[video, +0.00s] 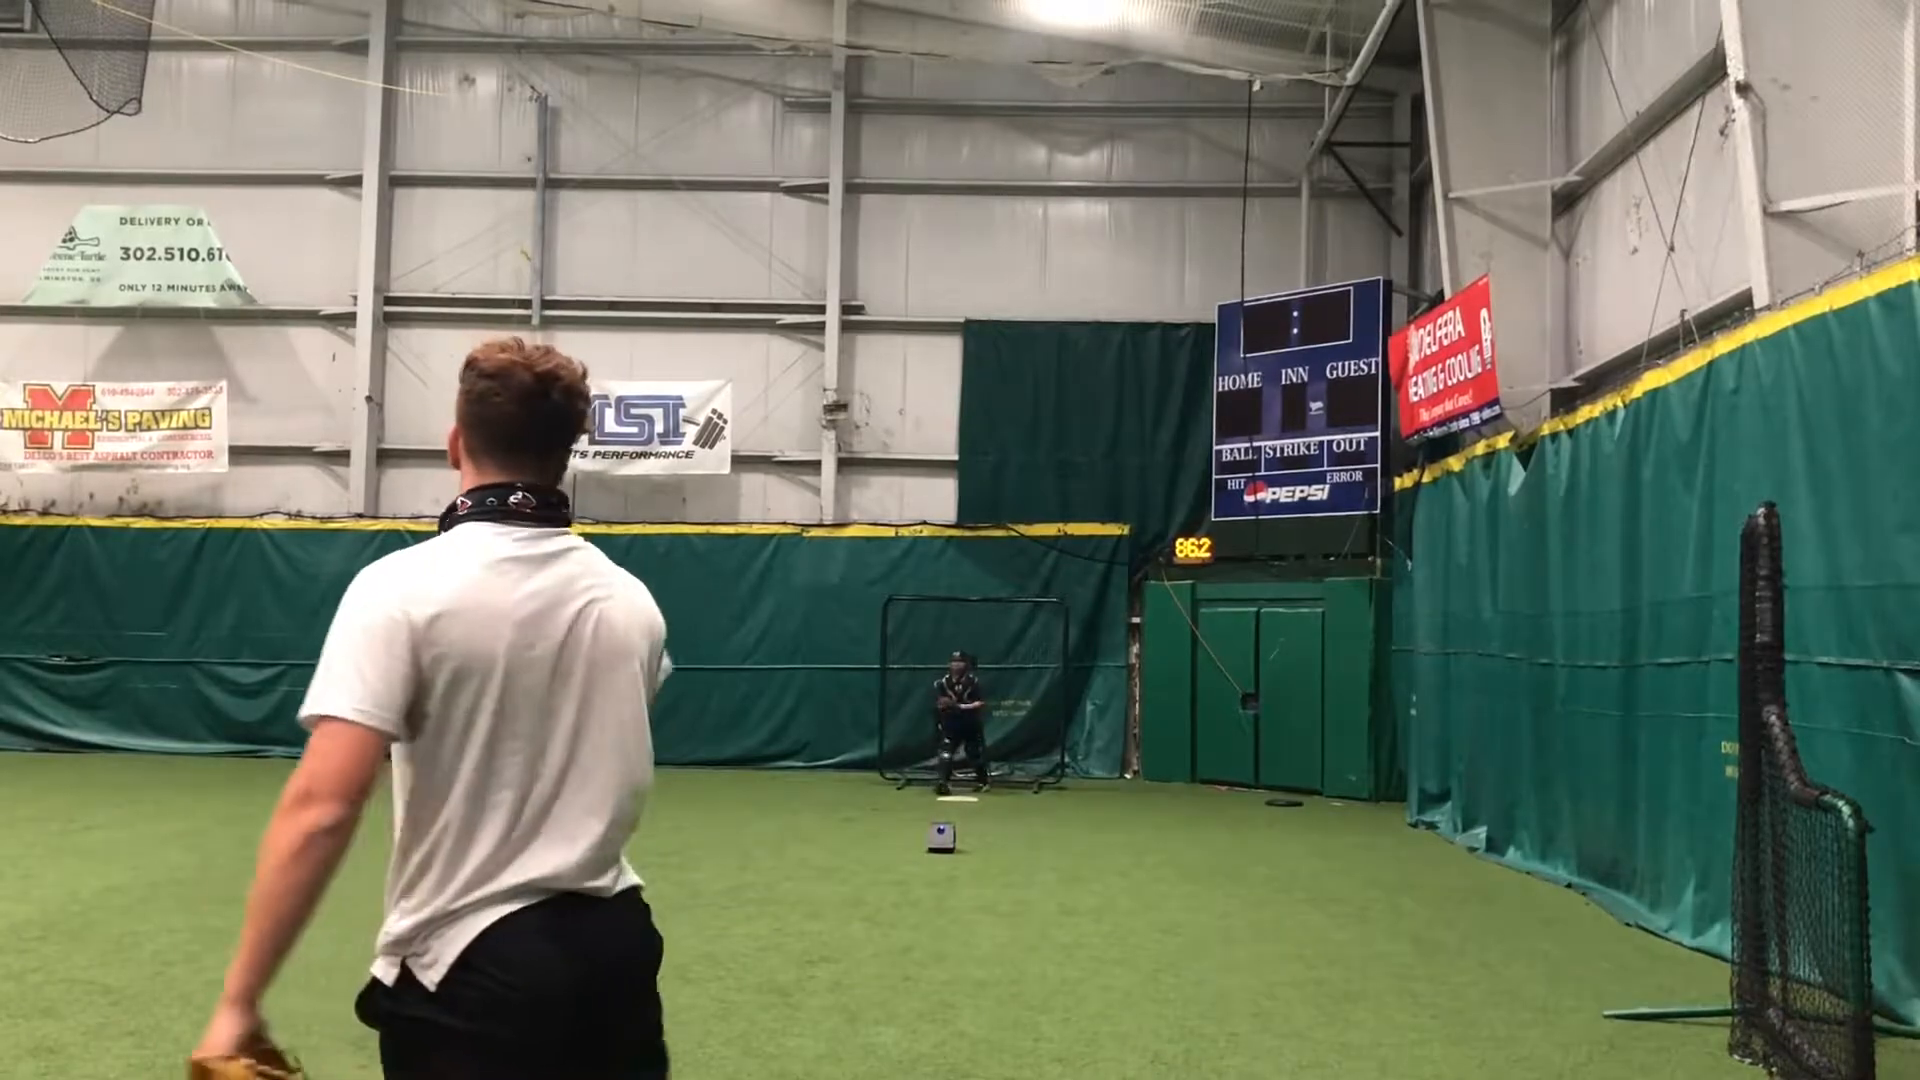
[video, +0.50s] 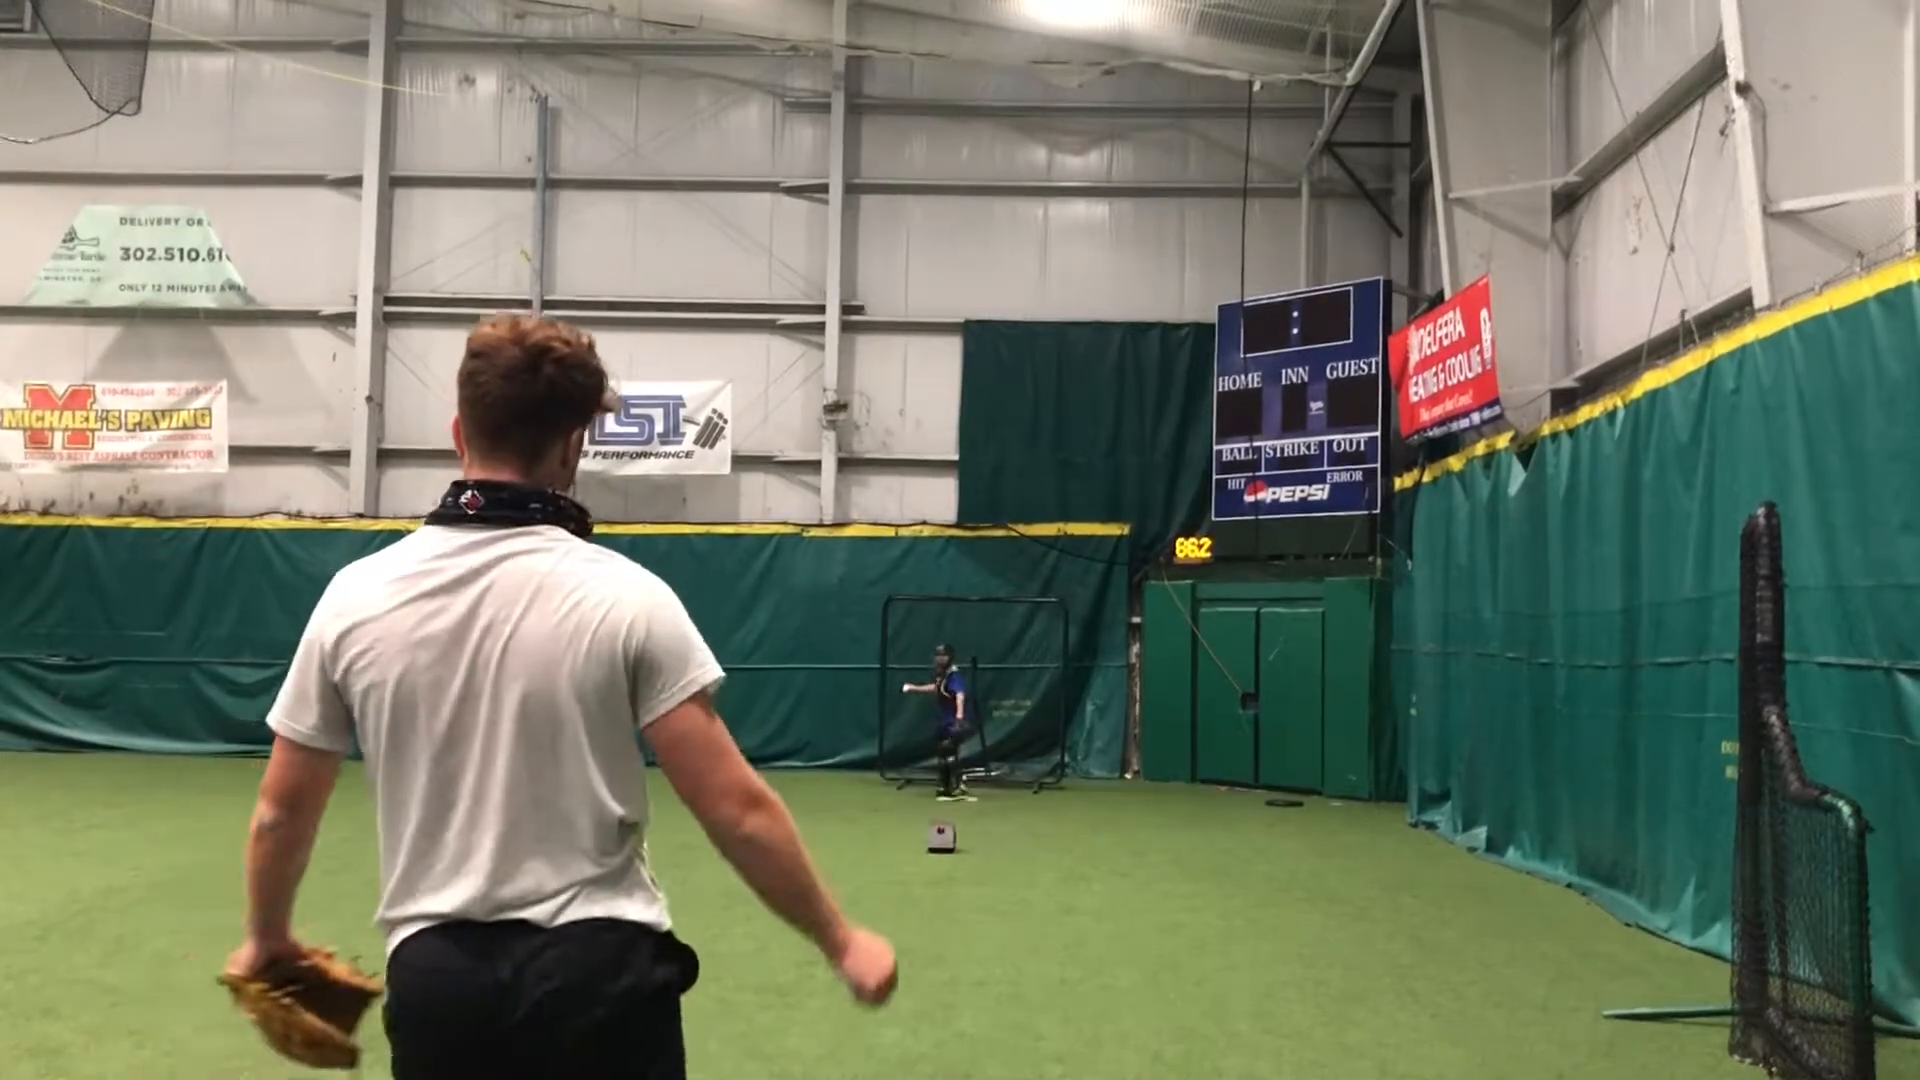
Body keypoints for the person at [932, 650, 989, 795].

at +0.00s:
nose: (956, 666)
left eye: (959, 662)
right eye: (953, 662)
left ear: (966, 665)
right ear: (950, 665)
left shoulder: (972, 683)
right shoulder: (942, 684)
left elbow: (980, 703)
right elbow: (939, 703)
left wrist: (958, 706)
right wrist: (945, 703)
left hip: (971, 725)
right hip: (951, 725)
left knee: (974, 753)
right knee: (945, 754)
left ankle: (983, 781)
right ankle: (943, 783)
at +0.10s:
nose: (951, 665)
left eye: (954, 661)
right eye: (949, 661)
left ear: (960, 664)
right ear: (945, 664)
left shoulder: (968, 681)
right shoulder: (937, 683)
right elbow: (934, 702)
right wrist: (959, 706)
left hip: (967, 722)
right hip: (947, 723)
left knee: (971, 752)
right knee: (947, 755)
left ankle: (981, 780)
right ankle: (945, 785)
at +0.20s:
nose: (947, 661)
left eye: (950, 658)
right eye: (945, 658)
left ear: (957, 660)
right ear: (942, 660)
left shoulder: (965, 677)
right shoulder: (935, 679)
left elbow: (967, 697)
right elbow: (932, 699)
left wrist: (949, 705)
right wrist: (939, 705)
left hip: (963, 720)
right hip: (944, 721)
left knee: (966, 751)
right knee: (945, 753)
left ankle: (973, 777)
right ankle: (945, 785)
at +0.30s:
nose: (944, 660)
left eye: (947, 656)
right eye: (941, 656)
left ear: (954, 658)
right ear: (938, 659)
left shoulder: (960, 675)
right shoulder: (934, 677)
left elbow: (961, 695)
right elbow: (934, 699)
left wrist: (944, 709)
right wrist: (920, 712)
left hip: (960, 718)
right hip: (942, 718)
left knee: (960, 750)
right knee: (943, 752)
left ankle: (965, 780)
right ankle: (944, 786)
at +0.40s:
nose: (942, 658)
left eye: (945, 655)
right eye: (940, 655)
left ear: (952, 657)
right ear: (937, 657)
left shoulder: (957, 674)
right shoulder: (936, 674)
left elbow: (960, 694)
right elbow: (933, 695)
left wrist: (950, 712)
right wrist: (913, 703)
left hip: (958, 716)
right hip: (942, 716)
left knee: (954, 748)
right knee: (942, 749)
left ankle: (958, 782)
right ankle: (945, 784)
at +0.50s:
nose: (939, 659)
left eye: (943, 656)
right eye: (937, 656)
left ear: (950, 658)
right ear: (936, 658)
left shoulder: (955, 676)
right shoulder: (942, 675)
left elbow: (960, 696)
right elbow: (934, 688)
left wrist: (959, 716)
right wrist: (913, 688)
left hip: (954, 719)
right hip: (944, 719)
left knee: (949, 751)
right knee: (943, 751)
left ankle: (953, 786)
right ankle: (946, 785)